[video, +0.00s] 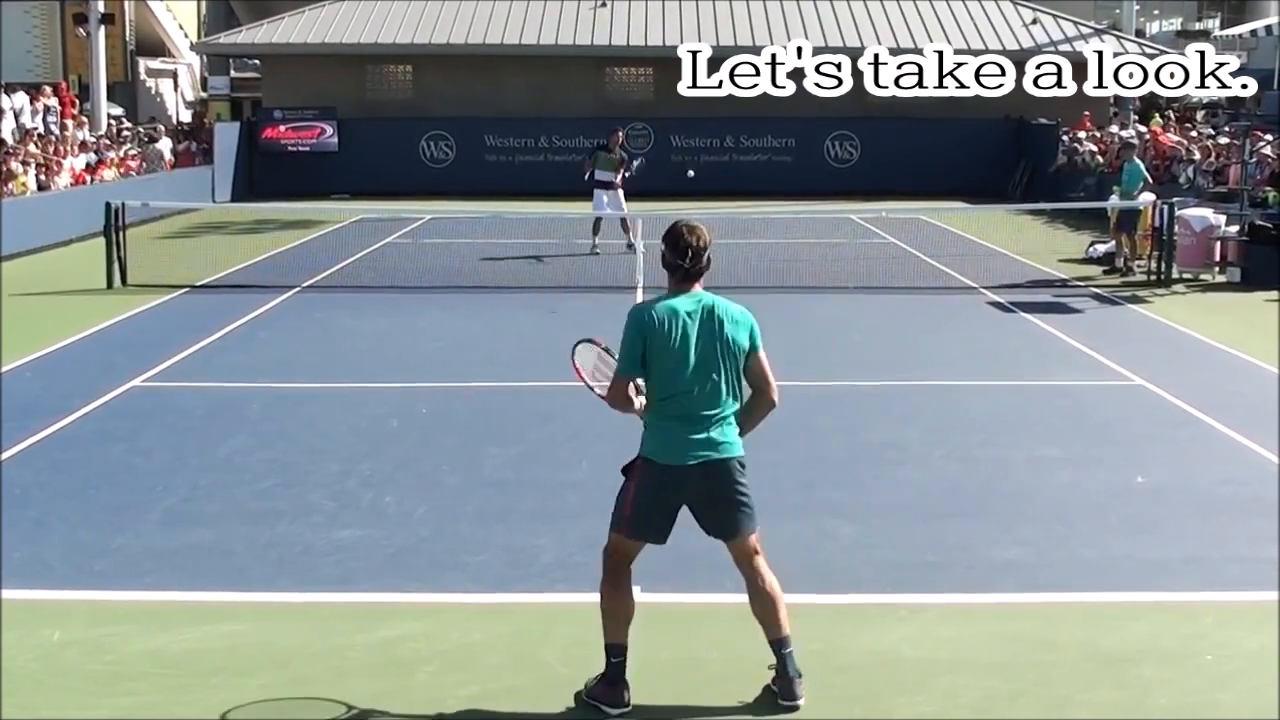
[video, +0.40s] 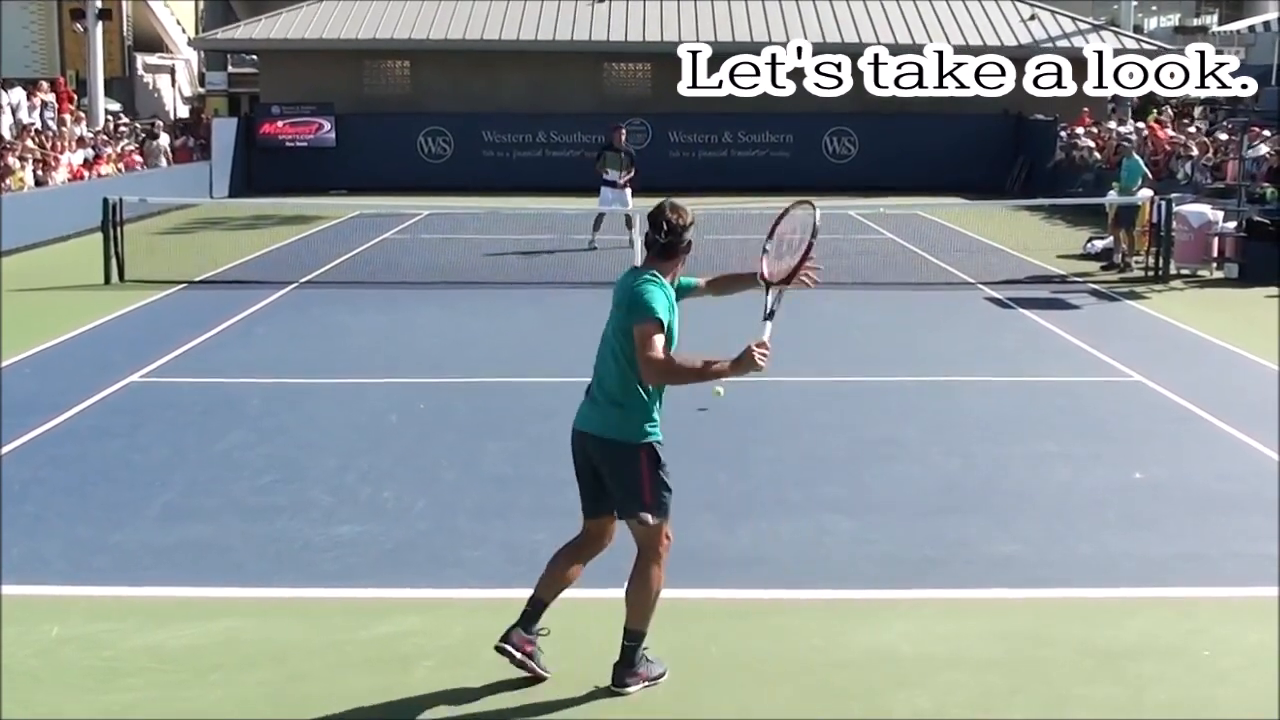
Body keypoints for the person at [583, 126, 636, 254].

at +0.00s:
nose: (617, 140)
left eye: (620, 137)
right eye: (615, 136)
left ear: (622, 140)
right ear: (610, 137)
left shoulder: (623, 156)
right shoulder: (598, 151)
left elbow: (621, 170)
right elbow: (589, 163)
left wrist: (617, 179)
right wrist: (587, 170)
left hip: (614, 184)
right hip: (600, 184)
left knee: (623, 213)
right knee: (599, 214)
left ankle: (630, 241)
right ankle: (594, 243)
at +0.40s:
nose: (622, 137)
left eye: (623, 134)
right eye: (619, 134)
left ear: (625, 136)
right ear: (613, 135)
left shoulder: (629, 152)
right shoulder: (605, 150)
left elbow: (632, 170)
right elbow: (598, 165)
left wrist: (623, 180)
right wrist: (603, 171)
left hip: (623, 186)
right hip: (607, 186)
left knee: (628, 212)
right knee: (602, 212)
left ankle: (631, 237)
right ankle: (593, 239)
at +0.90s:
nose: (629, 134)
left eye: (631, 131)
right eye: (627, 131)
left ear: (635, 134)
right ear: (623, 133)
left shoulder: (639, 150)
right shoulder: (615, 148)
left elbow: (644, 167)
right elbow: (609, 166)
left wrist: (636, 177)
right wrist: (620, 167)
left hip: (632, 182)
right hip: (618, 181)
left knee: (635, 210)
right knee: (615, 209)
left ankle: (634, 235)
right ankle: (610, 234)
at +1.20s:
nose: (632, 127)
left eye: (634, 125)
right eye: (629, 125)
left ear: (637, 127)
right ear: (625, 126)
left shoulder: (640, 142)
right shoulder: (617, 140)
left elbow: (644, 157)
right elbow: (612, 158)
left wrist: (641, 167)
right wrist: (623, 157)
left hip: (634, 176)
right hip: (618, 176)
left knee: (642, 203)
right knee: (610, 202)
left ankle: (648, 230)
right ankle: (607, 229)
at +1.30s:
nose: (635, 131)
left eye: (637, 128)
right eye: (633, 128)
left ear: (640, 130)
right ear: (629, 129)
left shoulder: (644, 145)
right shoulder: (623, 143)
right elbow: (619, 159)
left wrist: (653, 165)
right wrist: (632, 162)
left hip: (636, 178)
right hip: (621, 178)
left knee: (645, 202)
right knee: (615, 204)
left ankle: (650, 229)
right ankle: (600, 228)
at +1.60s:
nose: (648, 135)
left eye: (650, 132)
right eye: (647, 131)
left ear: (652, 134)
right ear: (640, 131)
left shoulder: (646, 151)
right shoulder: (627, 141)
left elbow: (644, 168)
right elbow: (612, 150)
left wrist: (651, 180)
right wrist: (614, 164)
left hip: (634, 176)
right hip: (620, 175)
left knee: (645, 198)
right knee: (620, 199)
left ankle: (653, 226)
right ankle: (609, 226)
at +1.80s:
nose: (648, 132)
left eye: (650, 130)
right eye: (647, 128)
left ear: (652, 132)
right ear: (640, 127)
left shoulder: (645, 149)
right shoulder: (626, 136)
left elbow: (638, 163)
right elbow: (611, 144)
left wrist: (637, 174)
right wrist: (607, 156)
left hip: (630, 173)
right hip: (616, 170)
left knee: (640, 196)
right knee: (616, 196)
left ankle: (653, 223)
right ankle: (611, 223)